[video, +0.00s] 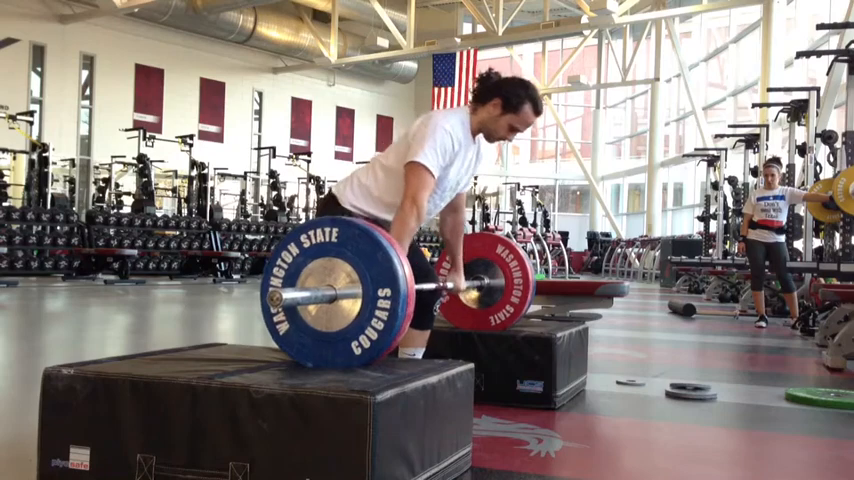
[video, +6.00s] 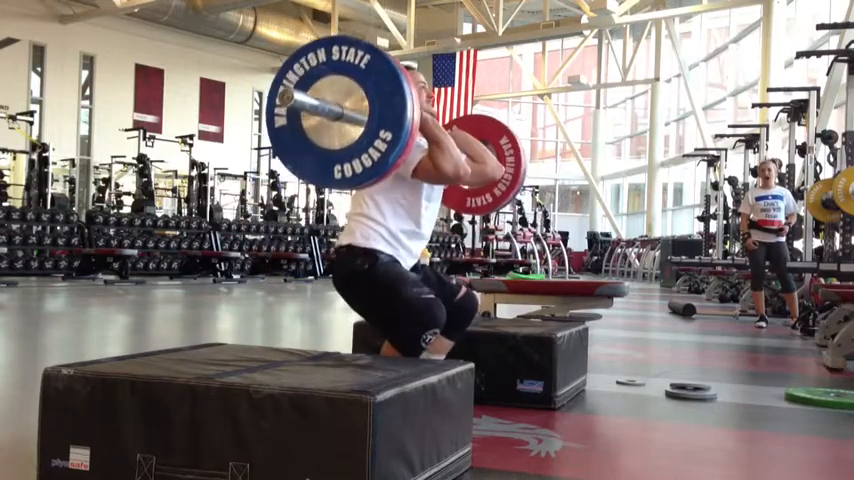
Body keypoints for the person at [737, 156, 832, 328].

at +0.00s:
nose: (769, 179)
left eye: (772, 175)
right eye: (766, 175)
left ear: (779, 176)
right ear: (763, 176)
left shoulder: (786, 192)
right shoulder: (755, 195)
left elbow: (807, 196)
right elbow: (746, 218)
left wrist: (827, 198)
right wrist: (742, 238)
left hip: (777, 240)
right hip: (755, 238)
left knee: (784, 275)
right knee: (757, 275)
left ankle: (795, 318)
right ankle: (761, 316)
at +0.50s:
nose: (769, 178)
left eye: (772, 174)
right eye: (766, 175)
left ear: (779, 175)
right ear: (762, 176)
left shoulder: (787, 193)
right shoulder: (755, 194)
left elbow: (808, 205)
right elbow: (747, 216)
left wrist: (824, 205)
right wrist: (744, 234)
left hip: (778, 240)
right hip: (756, 239)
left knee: (784, 275)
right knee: (757, 276)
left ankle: (795, 317)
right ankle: (761, 316)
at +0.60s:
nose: (770, 176)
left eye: (773, 173)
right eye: (767, 173)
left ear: (780, 174)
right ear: (763, 175)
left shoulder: (788, 193)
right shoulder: (755, 193)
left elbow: (803, 212)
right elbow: (747, 215)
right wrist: (745, 233)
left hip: (778, 240)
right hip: (757, 238)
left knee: (784, 275)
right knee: (757, 275)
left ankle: (795, 317)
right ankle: (761, 315)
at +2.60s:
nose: (766, 176)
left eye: (769, 173)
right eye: (763, 173)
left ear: (776, 174)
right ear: (759, 175)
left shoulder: (784, 193)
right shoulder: (751, 195)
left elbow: (794, 213)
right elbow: (744, 217)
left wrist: (788, 224)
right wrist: (746, 235)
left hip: (777, 240)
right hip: (756, 239)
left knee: (785, 276)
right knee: (757, 277)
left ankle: (795, 318)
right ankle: (761, 316)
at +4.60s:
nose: (766, 176)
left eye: (769, 173)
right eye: (763, 173)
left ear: (776, 174)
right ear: (759, 175)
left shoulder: (784, 193)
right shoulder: (751, 195)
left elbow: (792, 214)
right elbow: (744, 216)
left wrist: (787, 224)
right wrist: (746, 235)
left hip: (777, 240)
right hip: (757, 239)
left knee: (785, 276)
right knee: (757, 278)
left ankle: (795, 318)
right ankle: (761, 315)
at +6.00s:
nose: (766, 173)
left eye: (769, 170)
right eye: (763, 170)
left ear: (775, 173)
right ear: (759, 173)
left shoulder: (784, 193)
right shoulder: (751, 193)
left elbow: (792, 214)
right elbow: (744, 216)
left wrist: (788, 224)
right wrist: (746, 236)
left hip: (777, 239)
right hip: (757, 239)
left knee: (784, 275)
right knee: (757, 277)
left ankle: (795, 317)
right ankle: (761, 315)